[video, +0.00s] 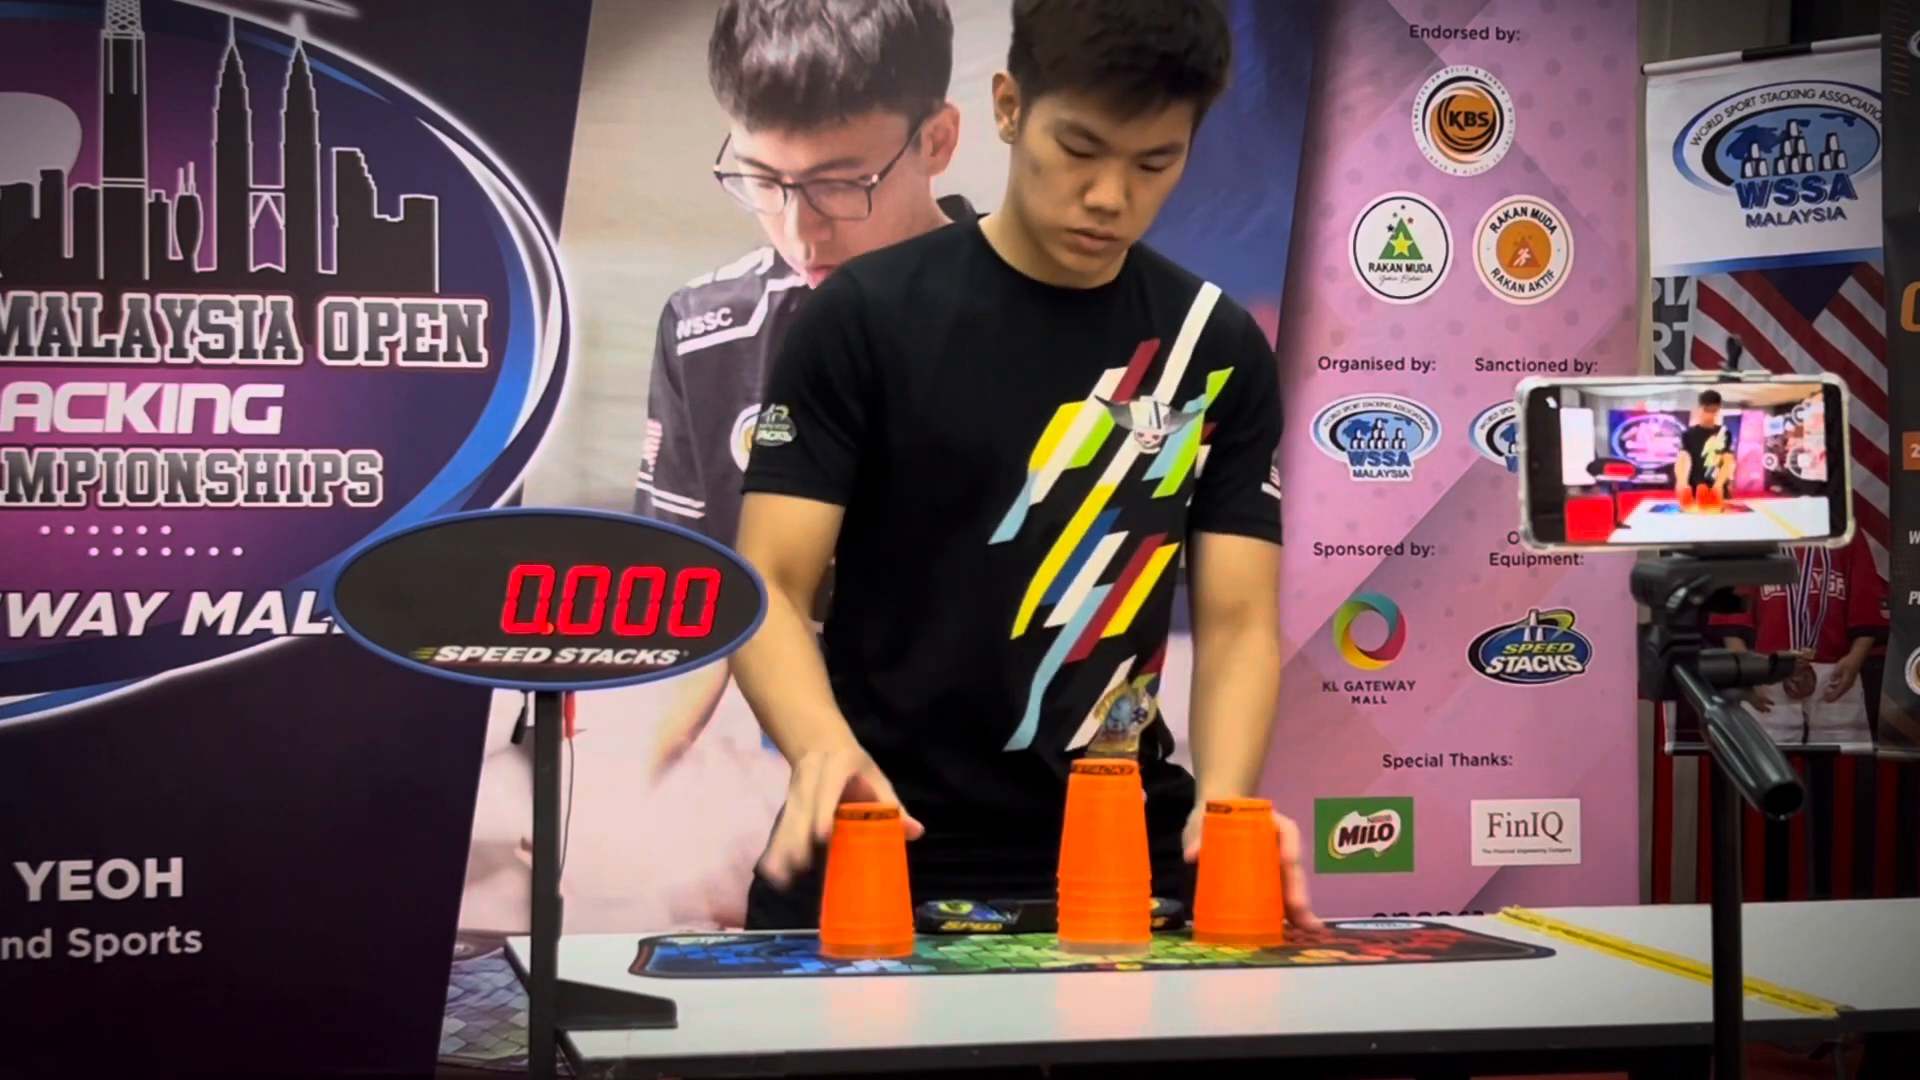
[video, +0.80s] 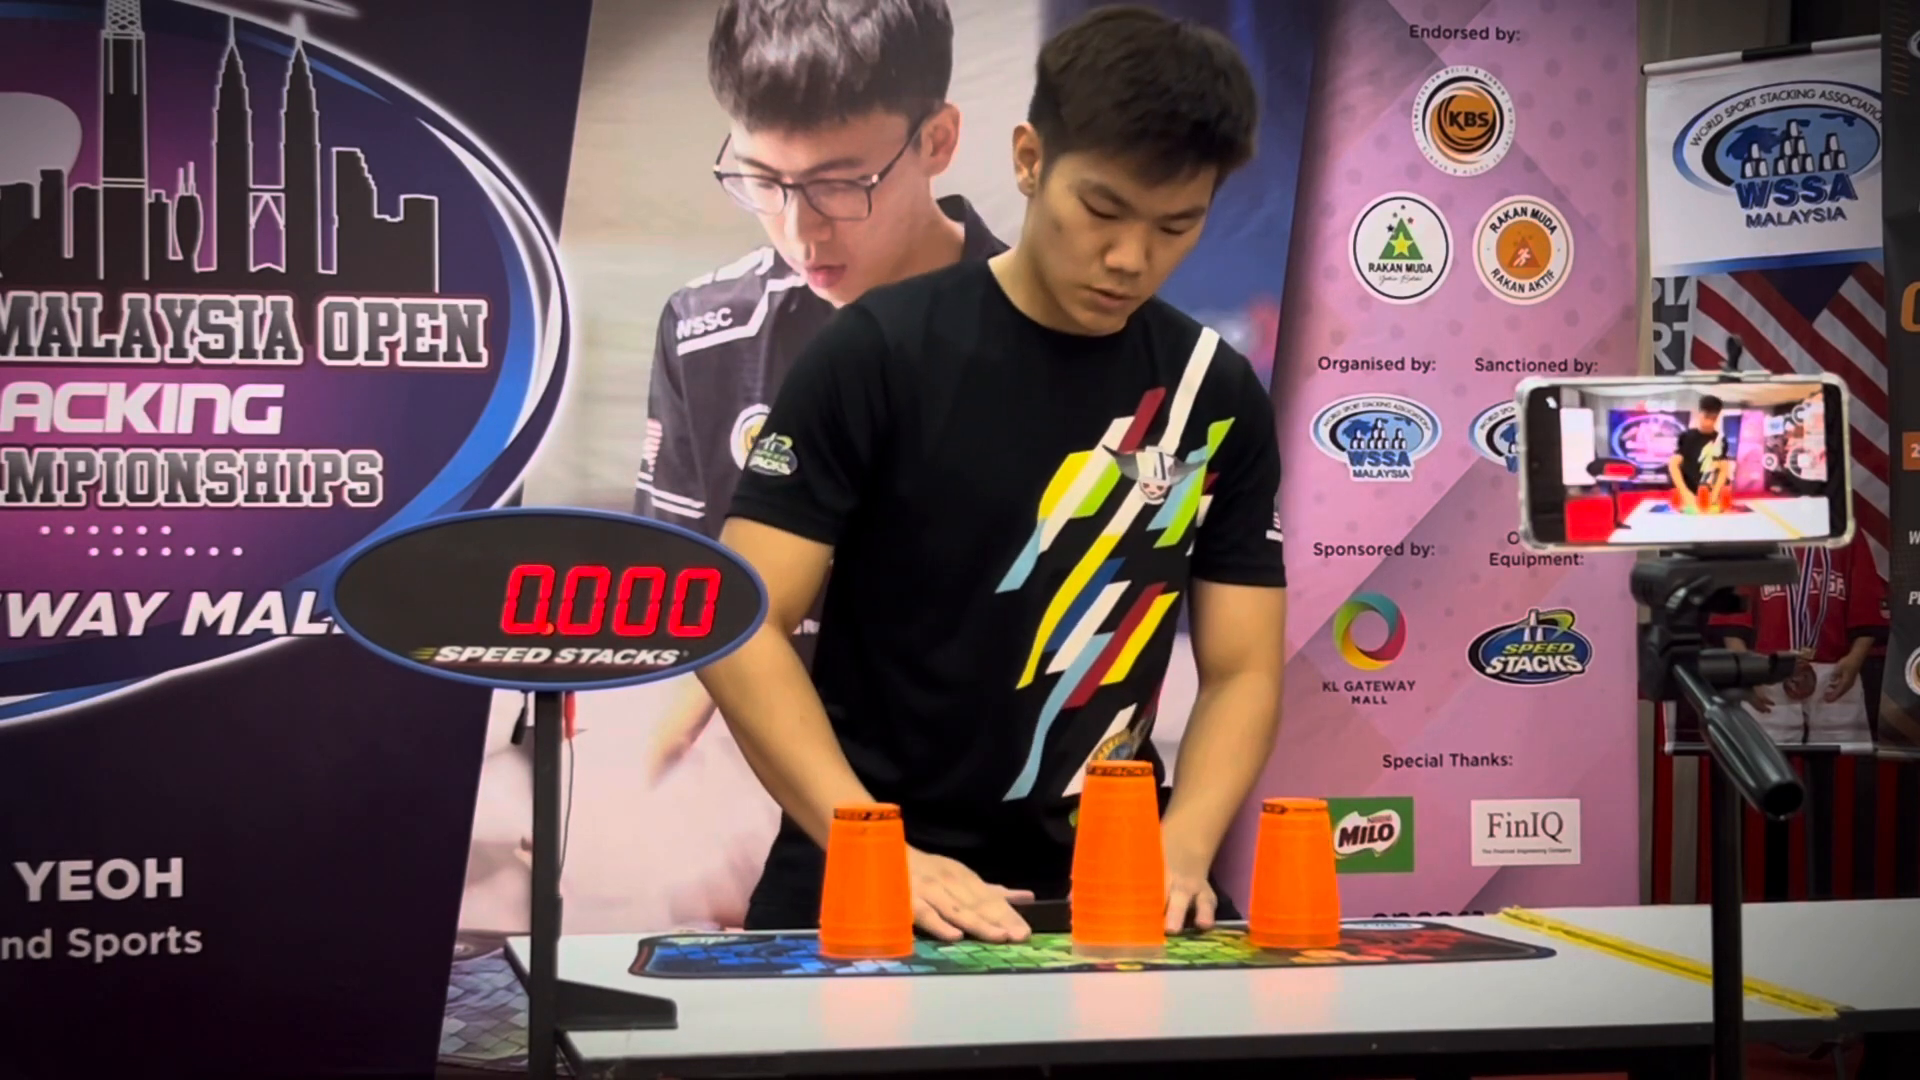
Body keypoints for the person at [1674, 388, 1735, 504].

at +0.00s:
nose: (1710, 416)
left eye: (1714, 411)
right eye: (1707, 411)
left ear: (1718, 411)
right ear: (1700, 409)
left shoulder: (1724, 433)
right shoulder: (1690, 434)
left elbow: (1728, 459)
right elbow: (1684, 458)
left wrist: (1718, 486)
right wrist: (1682, 485)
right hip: (1694, 484)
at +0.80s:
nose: (1709, 422)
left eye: (1713, 418)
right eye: (1706, 417)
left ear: (1717, 418)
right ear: (1700, 415)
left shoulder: (1720, 440)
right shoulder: (1688, 437)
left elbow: (1723, 469)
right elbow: (1673, 464)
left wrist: (1714, 495)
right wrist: (1686, 495)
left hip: (1710, 498)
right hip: (1690, 498)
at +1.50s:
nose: (1709, 427)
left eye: (1713, 422)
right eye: (1706, 421)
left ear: (1717, 421)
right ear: (1699, 418)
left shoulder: (1721, 443)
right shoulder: (1687, 439)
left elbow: (1723, 471)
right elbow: (1676, 467)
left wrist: (1715, 491)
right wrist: (1696, 485)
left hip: (1711, 497)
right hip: (1688, 497)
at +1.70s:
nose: (1714, 426)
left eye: (1717, 422)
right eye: (1711, 421)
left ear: (1721, 422)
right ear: (1702, 418)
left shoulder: (1721, 443)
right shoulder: (1690, 440)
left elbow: (1724, 467)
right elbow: (1688, 470)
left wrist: (1726, 482)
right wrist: (1713, 480)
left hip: (1715, 496)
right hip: (1693, 495)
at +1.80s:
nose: (1714, 426)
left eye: (1718, 422)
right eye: (1712, 421)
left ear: (1721, 422)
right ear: (1703, 418)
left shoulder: (1722, 443)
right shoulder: (1691, 440)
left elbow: (1725, 467)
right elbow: (1688, 470)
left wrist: (1729, 487)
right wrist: (1713, 486)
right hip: (1693, 494)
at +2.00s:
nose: (1712, 425)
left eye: (1716, 421)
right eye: (1710, 420)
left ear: (1720, 422)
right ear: (1701, 418)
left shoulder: (1721, 443)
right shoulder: (1689, 439)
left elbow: (1723, 471)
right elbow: (1681, 469)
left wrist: (1715, 489)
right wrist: (1696, 486)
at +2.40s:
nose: (1710, 423)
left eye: (1714, 418)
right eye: (1707, 417)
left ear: (1717, 418)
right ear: (1700, 414)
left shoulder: (1721, 440)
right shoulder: (1688, 437)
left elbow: (1724, 468)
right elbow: (1677, 463)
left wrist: (1715, 484)